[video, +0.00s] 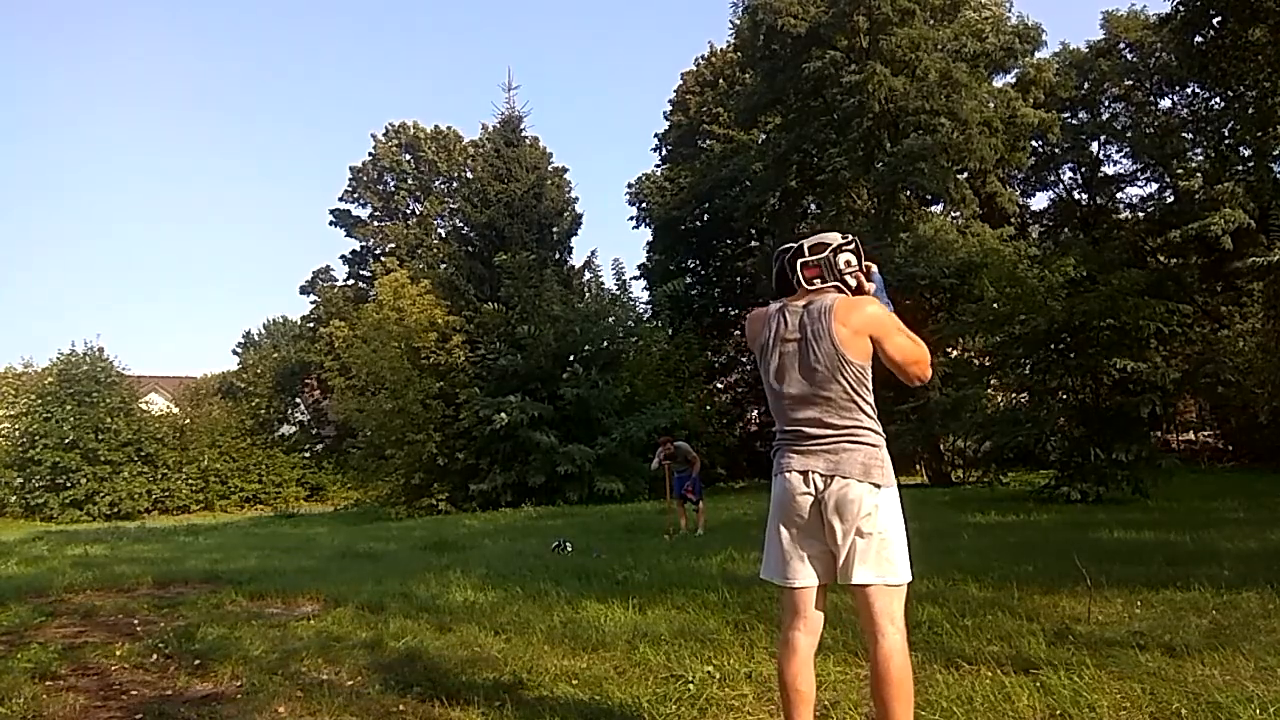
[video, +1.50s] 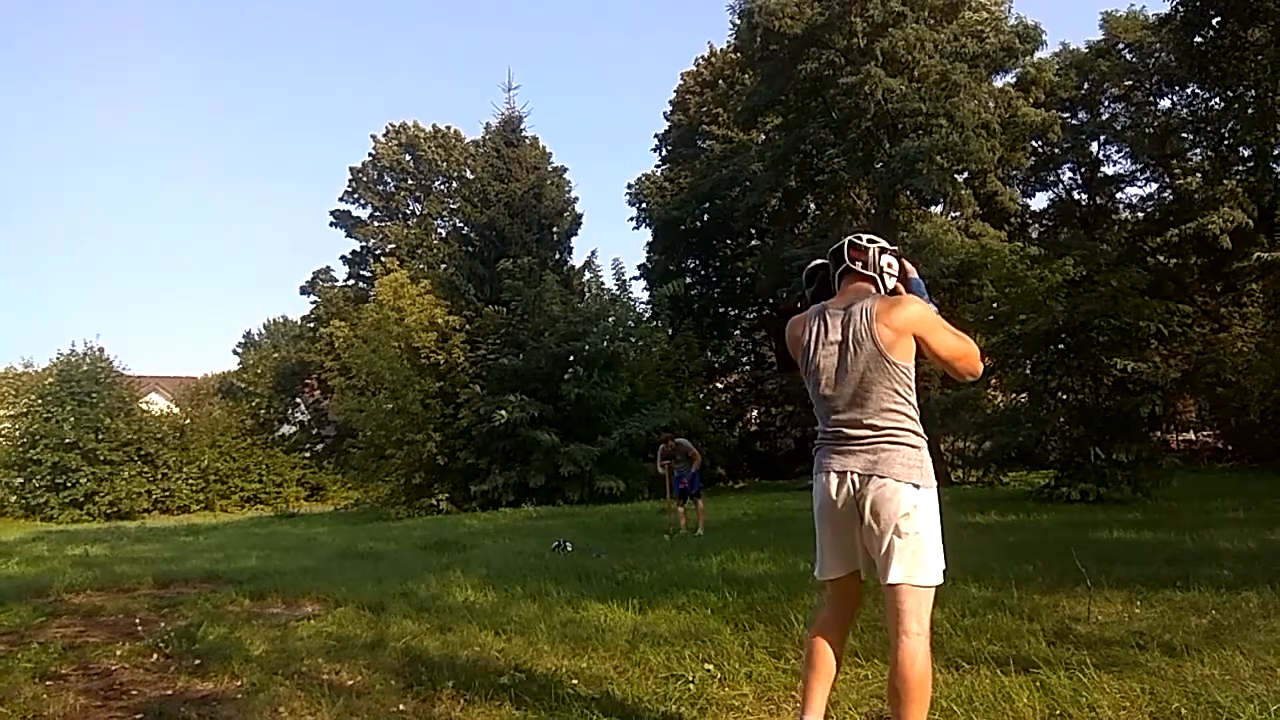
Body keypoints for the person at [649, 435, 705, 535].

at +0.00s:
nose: (668, 452)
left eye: (669, 449)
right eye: (665, 450)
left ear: (673, 446)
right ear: (662, 449)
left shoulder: (683, 447)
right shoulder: (661, 451)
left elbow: (697, 462)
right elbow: (653, 467)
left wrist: (692, 480)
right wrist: (659, 460)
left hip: (690, 472)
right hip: (677, 474)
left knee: (697, 501)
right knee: (679, 502)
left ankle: (700, 528)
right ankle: (683, 528)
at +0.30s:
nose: (668, 452)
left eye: (669, 449)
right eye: (665, 450)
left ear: (673, 445)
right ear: (662, 449)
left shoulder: (683, 447)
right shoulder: (661, 451)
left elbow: (697, 462)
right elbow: (653, 467)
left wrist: (692, 480)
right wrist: (659, 459)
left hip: (690, 473)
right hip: (677, 475)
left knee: (697, 501)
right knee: (679, 502)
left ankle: (700, 528)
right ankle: (683, 528)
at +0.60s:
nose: (668, 452)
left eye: (669, 448)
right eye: (665, 449)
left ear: (673, 446)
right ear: (662, 449)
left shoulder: (683, 447)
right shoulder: (661, 451)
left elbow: (697, 461)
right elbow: (653, 467)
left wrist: (692, 480)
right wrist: (659, 459)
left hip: (690, 473)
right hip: (677, 475)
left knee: (698, 501)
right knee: (679, 502)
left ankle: (700, 528)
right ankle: (683, 528)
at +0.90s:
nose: (668, 451)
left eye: (669, 448)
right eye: (666, 449)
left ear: (673, 445)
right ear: (662, 449)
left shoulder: (683, 447)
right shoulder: (661, 452)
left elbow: (697, 461)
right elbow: (653, 469)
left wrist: (692, 480)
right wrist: (659, 461)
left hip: (691, 473)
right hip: (678, 475)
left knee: (698, 502)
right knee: (679, 502)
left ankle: (700, 528)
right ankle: (683, 528)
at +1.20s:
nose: (669, 451)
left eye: (670, 448)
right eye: (666, 449)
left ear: (674, 445)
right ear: (663, 449)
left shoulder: (683, 447)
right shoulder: (661, 452)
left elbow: (697, 461)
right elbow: (656, 470)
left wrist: (692, 479)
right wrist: (662, 465)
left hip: (691, 473)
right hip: (678, 475)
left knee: (697, 501)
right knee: (679, 502)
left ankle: (700, 527)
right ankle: (683, 528)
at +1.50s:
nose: (669, 448)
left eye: (670, 446)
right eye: (667, 446)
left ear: (673, 442)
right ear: (664, 445)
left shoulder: (683, 443)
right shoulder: (662, 449)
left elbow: (697, 458)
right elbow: (659, 467)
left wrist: (692, 472)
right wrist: (664, 470)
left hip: (690, 473)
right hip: (678, 475)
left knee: (697, 500)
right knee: (680, 503)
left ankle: (700, 527)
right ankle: (683, 528)